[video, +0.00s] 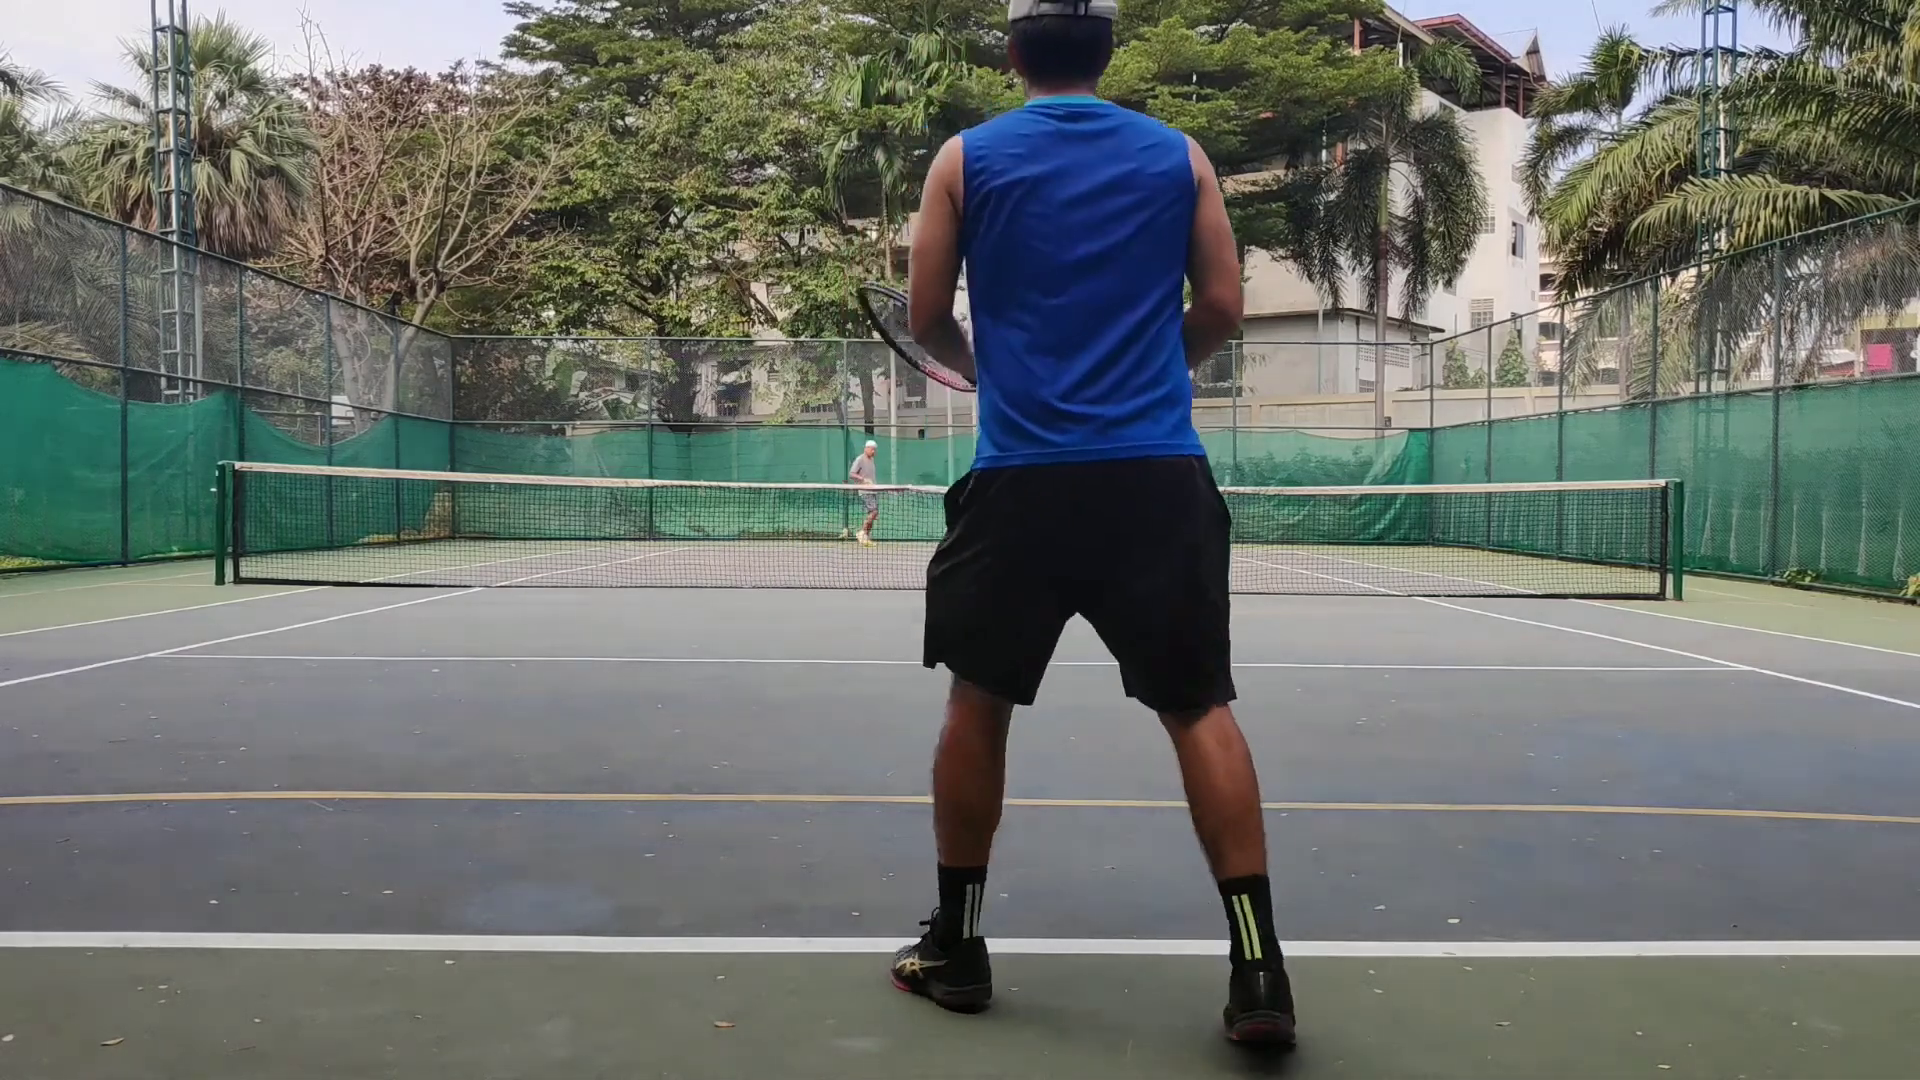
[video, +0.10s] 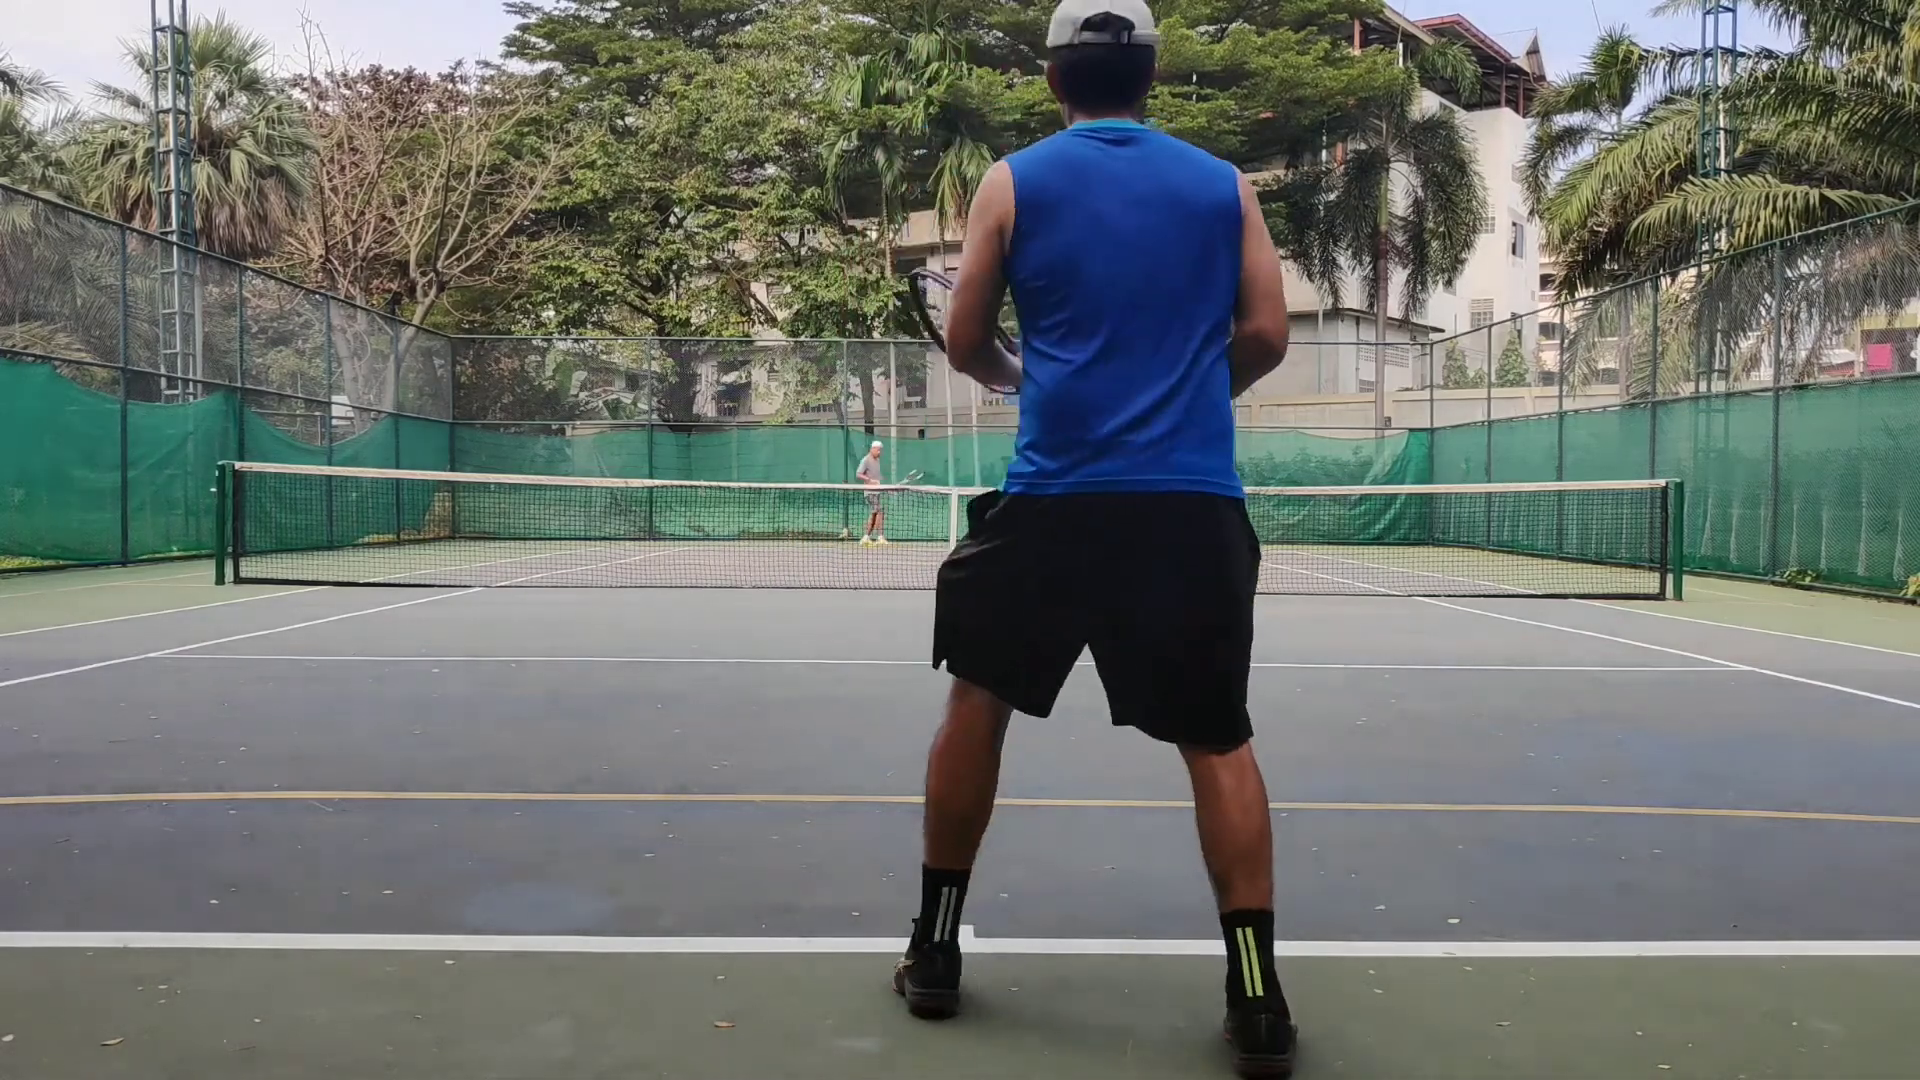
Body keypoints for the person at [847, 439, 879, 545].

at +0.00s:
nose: (873, 451)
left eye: (874, 449)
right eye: (871, 449)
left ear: (874, 450)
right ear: (866, 449)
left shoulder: (871, 460)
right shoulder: (860, 459)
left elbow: (870, 473)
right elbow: (852, 473)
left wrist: (874, 484)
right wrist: (863, 479)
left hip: (872, 488)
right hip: (864, 489)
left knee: (873, 513)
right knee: (874, 512)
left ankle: (866, 536)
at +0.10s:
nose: (878, 452)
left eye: (879, 450)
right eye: (876, 449)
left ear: (880, 450)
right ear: (872, 449)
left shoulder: (877, 460)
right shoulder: (866, 459)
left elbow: (876, 474)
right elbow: (859, 474)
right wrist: (870, 480)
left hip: (877, 489)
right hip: (869, 490)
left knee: (875, 513)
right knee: (879, 512)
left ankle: (866, 536)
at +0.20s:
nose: (886, 454)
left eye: (887, 452)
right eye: (884, 452)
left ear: (886, 452)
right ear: (878, 451)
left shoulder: (881, 462)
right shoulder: (873, 460)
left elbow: (880, 476)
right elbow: (866, 475)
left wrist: (889, 483)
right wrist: (878, 481)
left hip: (882, 492)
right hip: (876, 492)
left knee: (879, 516)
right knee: (885, 515)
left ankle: (866, 537)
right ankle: (894, 536)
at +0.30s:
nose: (892, 456)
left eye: (893, 453)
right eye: (891, 453)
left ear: (892, 453)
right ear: (885, 452)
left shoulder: (886, 462)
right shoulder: (880, 461)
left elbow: (885, 477)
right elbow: (875, 477)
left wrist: (896, 484)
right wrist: (889, 483)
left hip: (887, 491)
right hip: (883, 492)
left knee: (884, 516)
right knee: (893, 515)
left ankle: (868, 536)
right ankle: (898, 538)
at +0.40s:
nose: (899, 456)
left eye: (900, 454)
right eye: (898, 454)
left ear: (898, 454)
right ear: (892, 452)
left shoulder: (891, 463)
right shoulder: (887, 462)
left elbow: (891, 477)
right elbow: (885, 478)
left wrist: (900, 483)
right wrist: (898, 485)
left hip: (892, 492)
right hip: (889, 492)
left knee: (894, 517)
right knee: (899, 515)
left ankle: (877, 532)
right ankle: (899, 538)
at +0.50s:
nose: (906, 457)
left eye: (906, 455)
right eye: (905, 455)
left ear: (903, 454)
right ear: (899, 453)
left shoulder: (896, 462)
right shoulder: (892, 462)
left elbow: (896, 476)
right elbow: (893, 477)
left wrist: (904, 481)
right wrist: (904, 485)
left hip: (897, 490)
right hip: (893, 491)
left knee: (904, 515)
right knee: (900, 515)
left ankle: (887, 530)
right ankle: (899, 539)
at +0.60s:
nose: (910, 458)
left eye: (912, 455)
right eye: (910, 455)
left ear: (908, 454)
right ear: (904, 452)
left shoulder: (901, 462)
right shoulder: (897, 461)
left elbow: (901, 476)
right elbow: (898, 477)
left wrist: (907, 481)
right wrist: (908, 485)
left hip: (901, 491)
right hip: (896, 491)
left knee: (909, 514)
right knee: (902, 515)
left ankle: (898, 534)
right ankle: (899, 538)